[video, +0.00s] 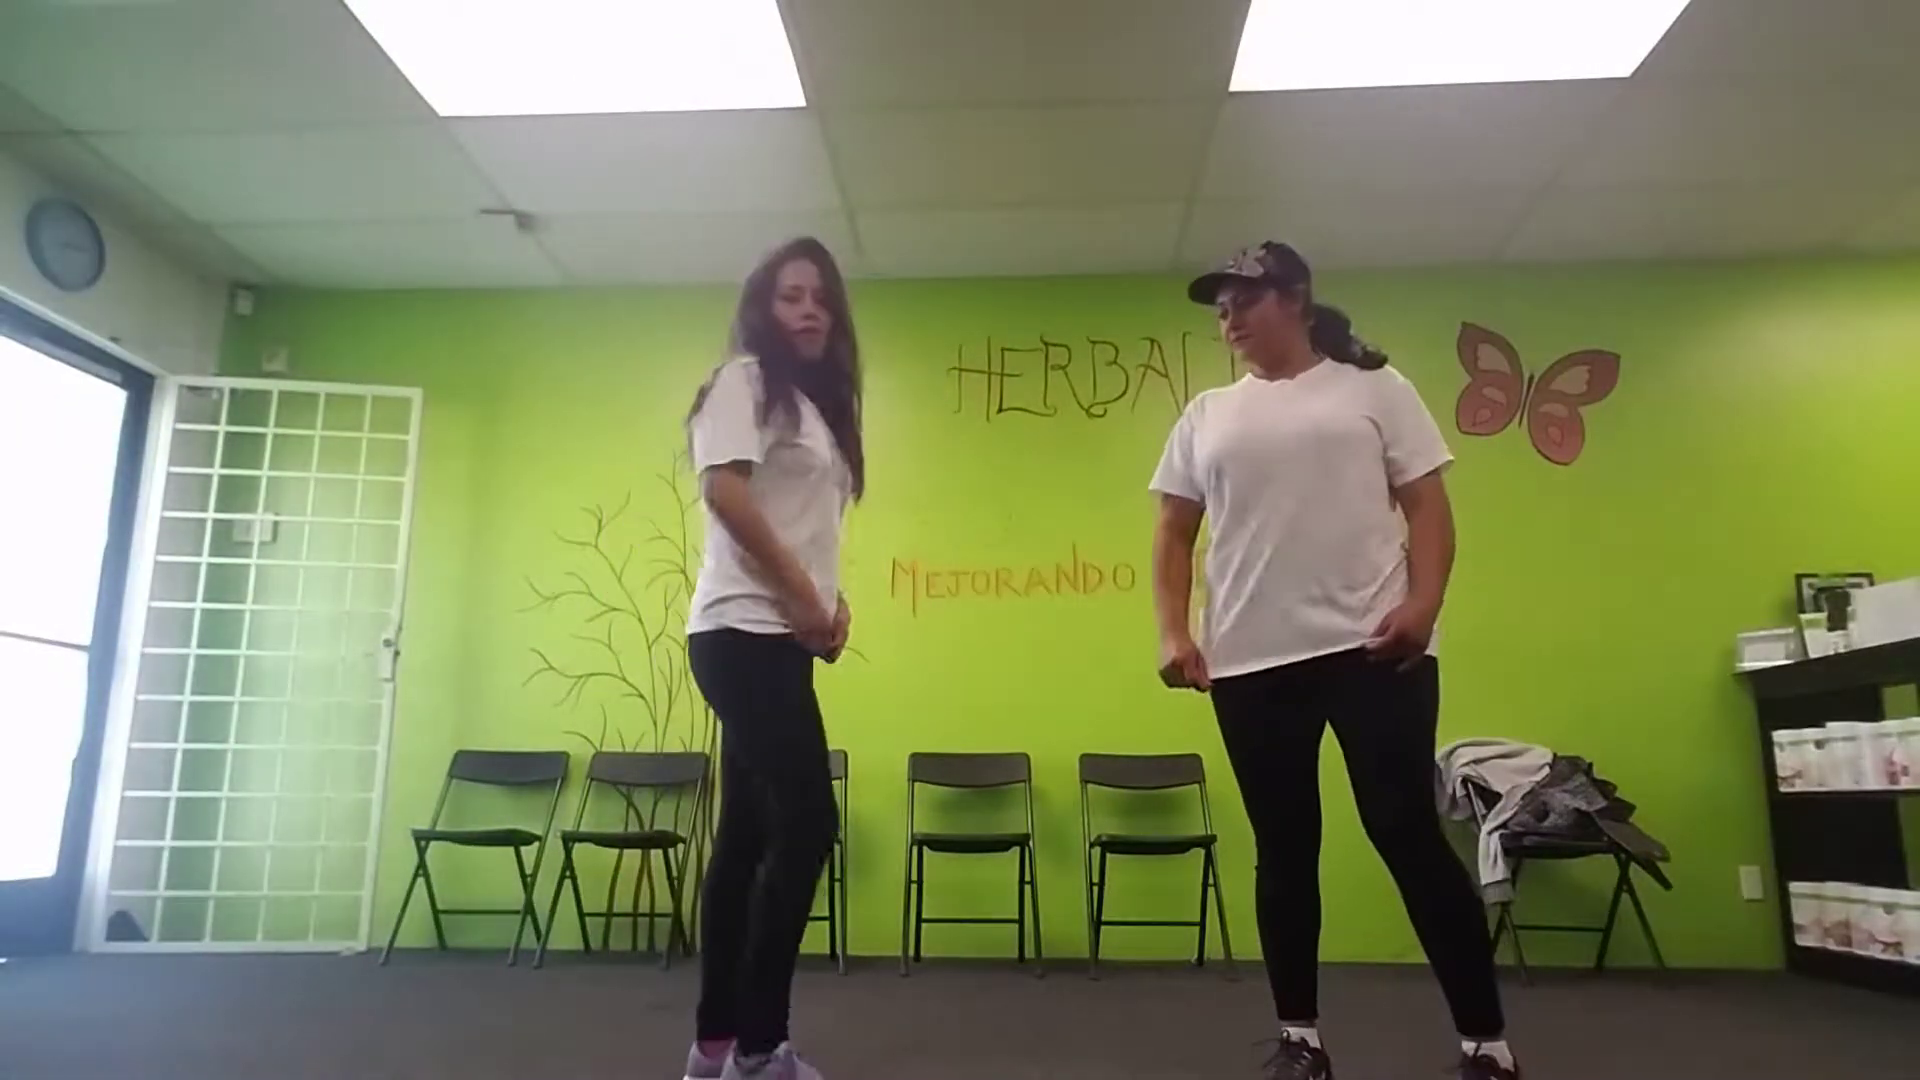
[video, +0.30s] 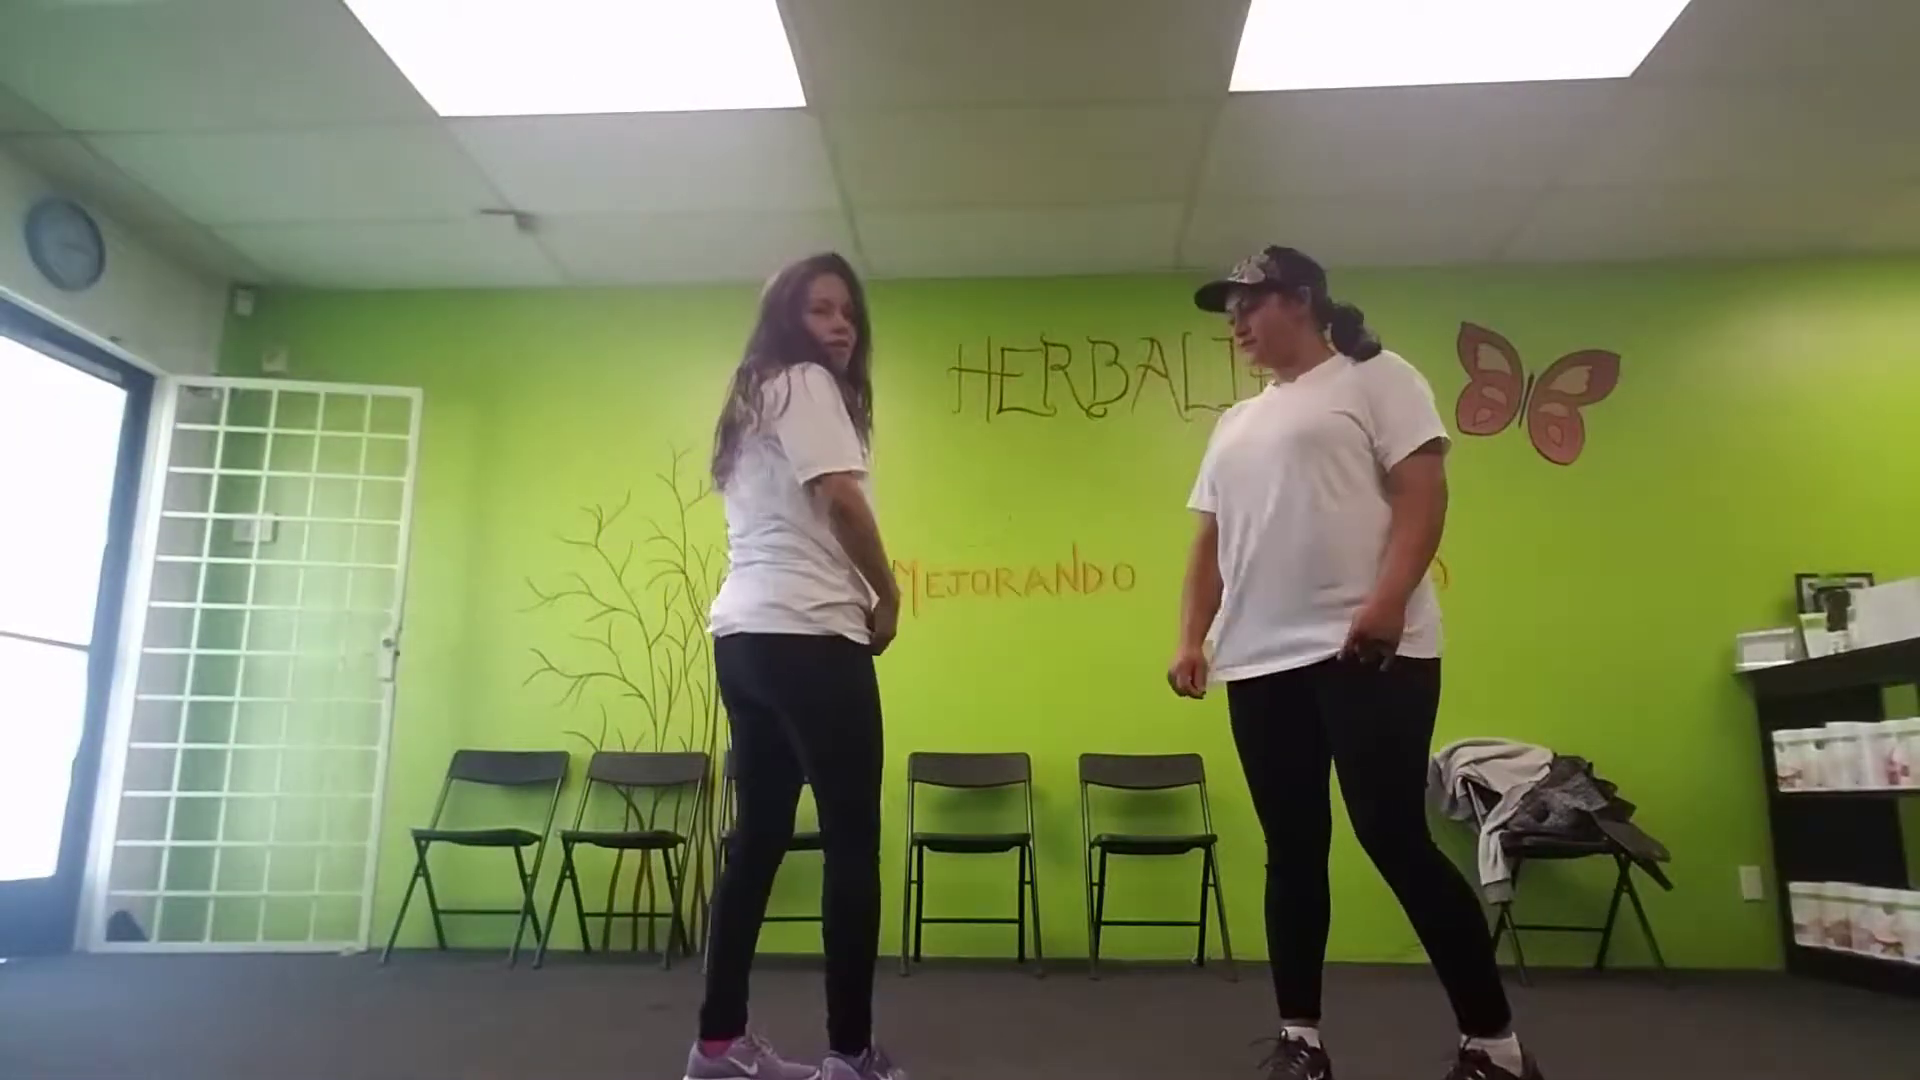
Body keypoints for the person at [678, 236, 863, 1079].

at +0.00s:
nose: (807, 310)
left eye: (819, 298)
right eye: (790, 297)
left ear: (837, 313)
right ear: (761, 308)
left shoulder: (821, 405)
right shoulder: (744, 377)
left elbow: (808, 526)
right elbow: (725, 493)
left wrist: (831, 597)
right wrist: (803, 593)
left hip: (779, 635)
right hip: (743, 632)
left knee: (745, 835)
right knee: (807, 825)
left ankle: (716, 1045)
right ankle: (760, 1049)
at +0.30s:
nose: (837, 324)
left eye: (845, 313)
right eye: (821, 311)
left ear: (852, 322)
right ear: (784, 318)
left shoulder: (753, 392)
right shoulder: (809, 384)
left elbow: (762, 520)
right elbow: (840, 500)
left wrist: (847, 596)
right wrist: (888, 591)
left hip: (745, 635)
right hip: (810, 634)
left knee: (758, 836)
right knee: (852, 840)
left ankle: (720, 1040)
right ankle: (852, 1052)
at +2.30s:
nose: (844, 325)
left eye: (852, 313)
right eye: (826, 311)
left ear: (862, 323)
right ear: (793, 319)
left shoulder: (763, 395)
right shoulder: (815, 385)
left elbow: (773, 526)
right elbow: (853, 505)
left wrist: (859, 606)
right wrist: (892, 605)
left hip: (753, 633)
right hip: (819, 630)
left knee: (766, 839)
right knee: (840, 850)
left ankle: (766, 1052)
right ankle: (851, 1057)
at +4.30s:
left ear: (803, 346)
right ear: (890, 348)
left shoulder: (767, 426)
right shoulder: (920, 433)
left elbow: (757, 540)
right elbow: (932, 542)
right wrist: (853, 528)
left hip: (787, 649)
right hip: (894, 653)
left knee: (742, 851)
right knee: (905, 856)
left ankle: (700, 1050)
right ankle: (927, 1053)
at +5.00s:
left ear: (810, 440)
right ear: (892, 441)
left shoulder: (774, 503)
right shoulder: (914, 509)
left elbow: (767, 590)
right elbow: (941, 613)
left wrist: (834, 572)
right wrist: (878, 567)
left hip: (771, 689)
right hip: (883, 697)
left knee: (722, 859)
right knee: (932, 861)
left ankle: (697, 1049)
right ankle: (936, 1049)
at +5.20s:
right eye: (890, 524)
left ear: (809, 527)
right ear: (889, 530)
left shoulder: (772, 586)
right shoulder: (907, 594)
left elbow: (764, 669)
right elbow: (940, 694)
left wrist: (829, 657)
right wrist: (876, 657)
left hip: (762, 766)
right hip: (880, 778)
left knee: (718, 875)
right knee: (950, 866)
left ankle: (701, 1039)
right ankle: (937, 1038)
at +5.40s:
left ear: (808, 615)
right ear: (887, 619)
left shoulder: (768, 678)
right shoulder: (904, 684)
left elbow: (759, 760)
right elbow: (941, 779)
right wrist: (884, 740)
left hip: (756, 874)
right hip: (870, 878)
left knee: (705, 880)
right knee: (964, 868)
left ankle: (701, 1036)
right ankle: (938, 1038)